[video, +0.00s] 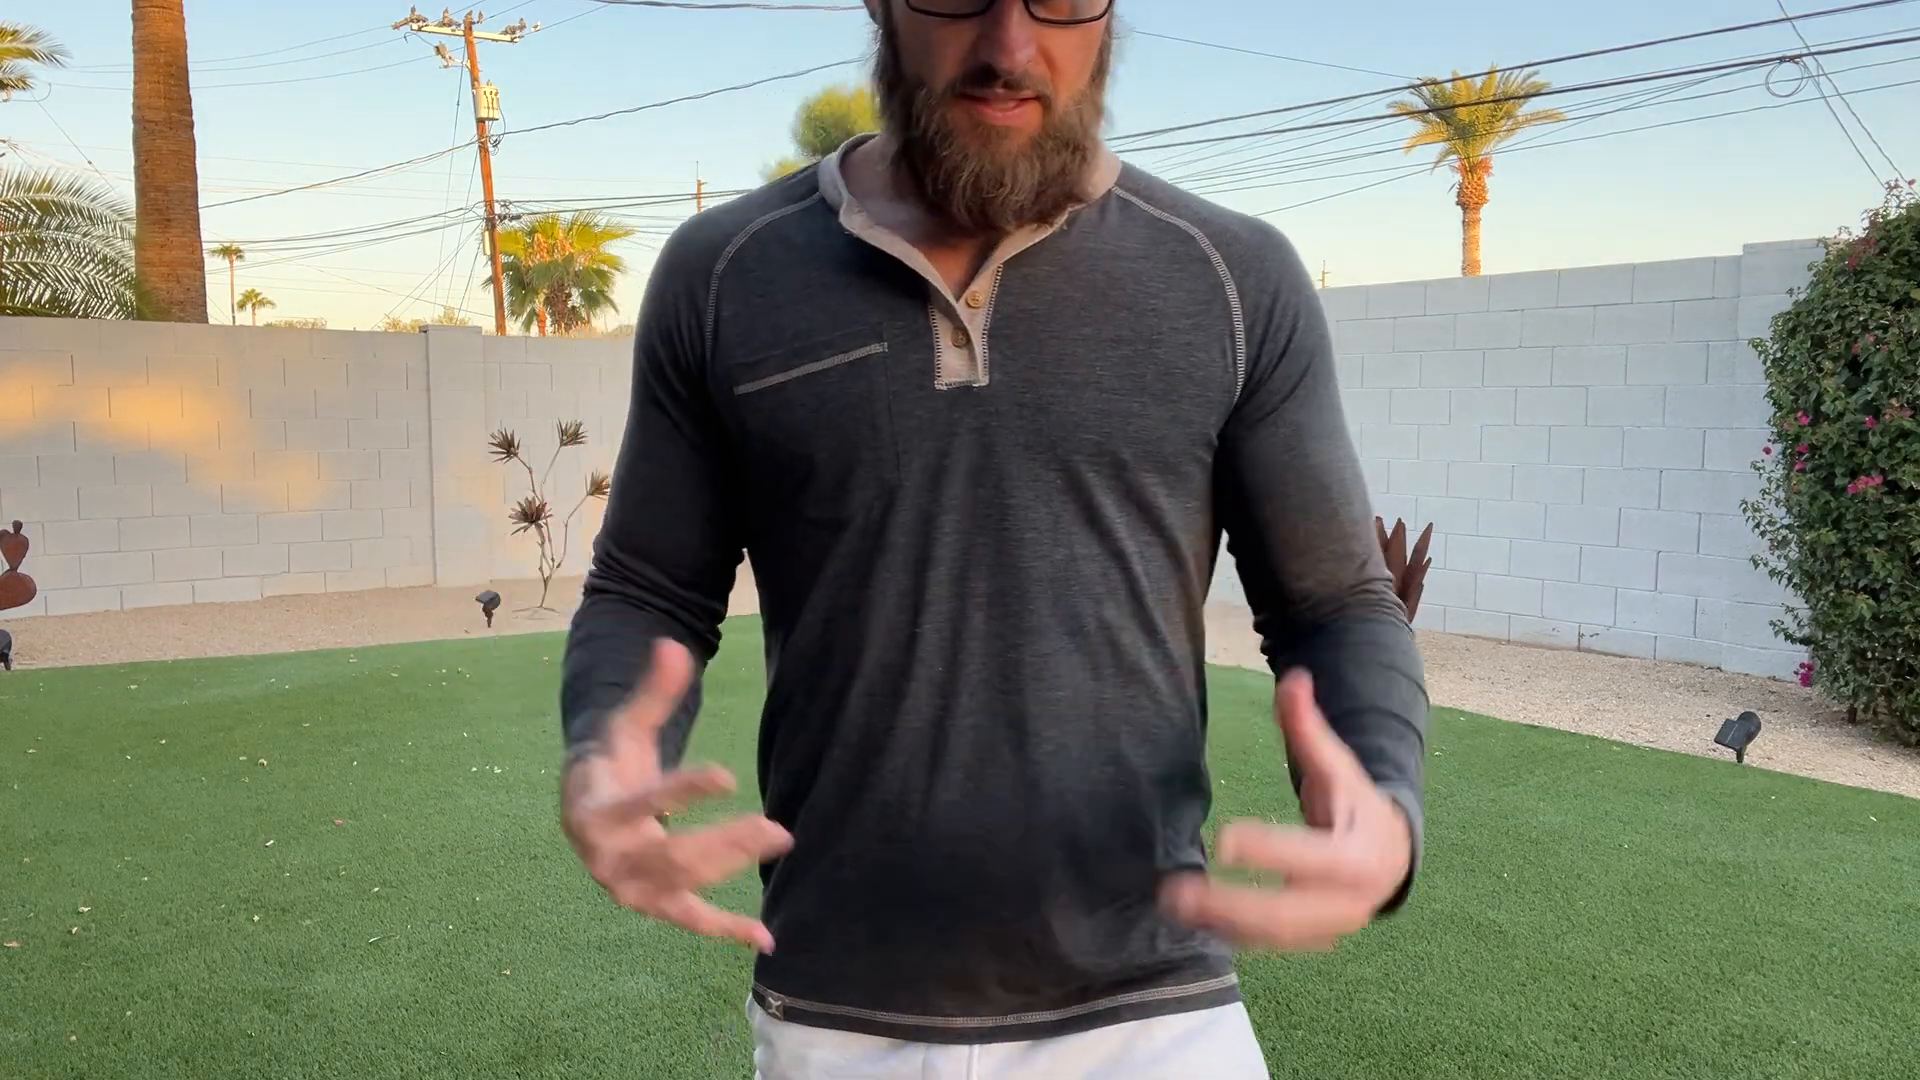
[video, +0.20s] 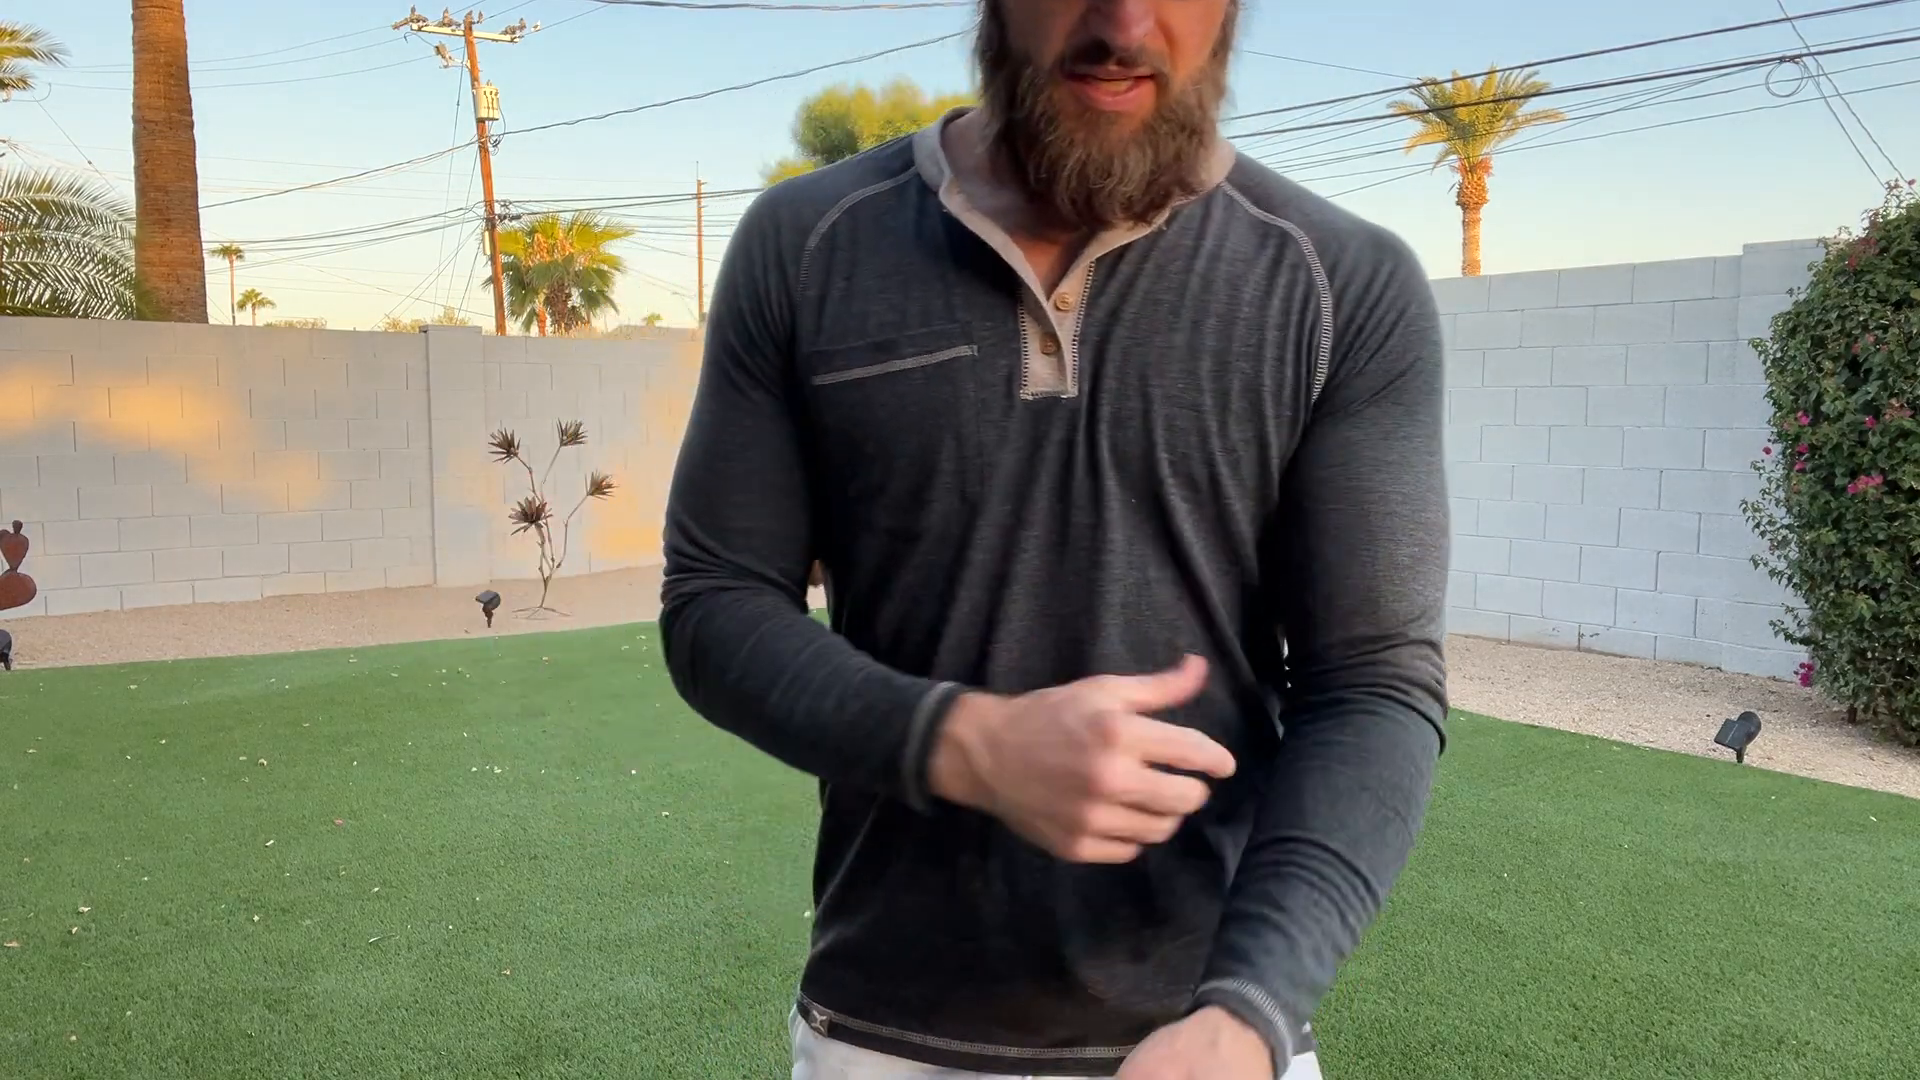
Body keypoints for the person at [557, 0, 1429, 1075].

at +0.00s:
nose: (1009, 46)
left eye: (1058, 4)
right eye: (958, 1)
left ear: (1107, 26)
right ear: (889, 13)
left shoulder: (1238, 278)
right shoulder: (723, 277)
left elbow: (1338, 603)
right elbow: (646, 587)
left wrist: (1378, 806)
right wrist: (614, 752)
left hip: (1154, 1004)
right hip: (842, 1013)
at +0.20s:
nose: (1119, 20)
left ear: (1228, 12)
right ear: (996, 1)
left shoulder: (1348, 288)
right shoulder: (804, 248)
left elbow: (1375, 681)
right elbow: (716, 605)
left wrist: (1249, 1014)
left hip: (1211, 1034)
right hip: (893, 1037)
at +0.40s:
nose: (1217, 26)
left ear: (1337, 15)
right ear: (1083, 1)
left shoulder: (1448, 306)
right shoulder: (883, 219)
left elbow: (1415, 759)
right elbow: (780, 605)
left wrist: (1308, 1059)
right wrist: (1118, 705)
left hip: (1246, 1040)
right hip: (917, 1026)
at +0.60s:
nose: (1252, 11)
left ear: (1375, 6)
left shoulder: (1481, 317)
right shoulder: (902, 197)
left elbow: (1434, 798)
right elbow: (791, 582)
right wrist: (1136, 709)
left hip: (1259, 1041)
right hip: (923, 1020)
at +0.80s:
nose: (1216, 3)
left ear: (1333, 6)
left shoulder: (1453, 298)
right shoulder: (884, 204)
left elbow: (1437, 732)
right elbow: (755, 579)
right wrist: (1092, 643)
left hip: (1267, 1035)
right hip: (916, 1023)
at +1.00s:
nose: (1133, 7)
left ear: (1243, 15)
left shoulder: (1365, 284)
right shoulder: (827, 253)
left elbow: (1553, 681)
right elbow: (714, 589)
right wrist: (889, 666)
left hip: (1204, 1026)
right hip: (879, 1020)